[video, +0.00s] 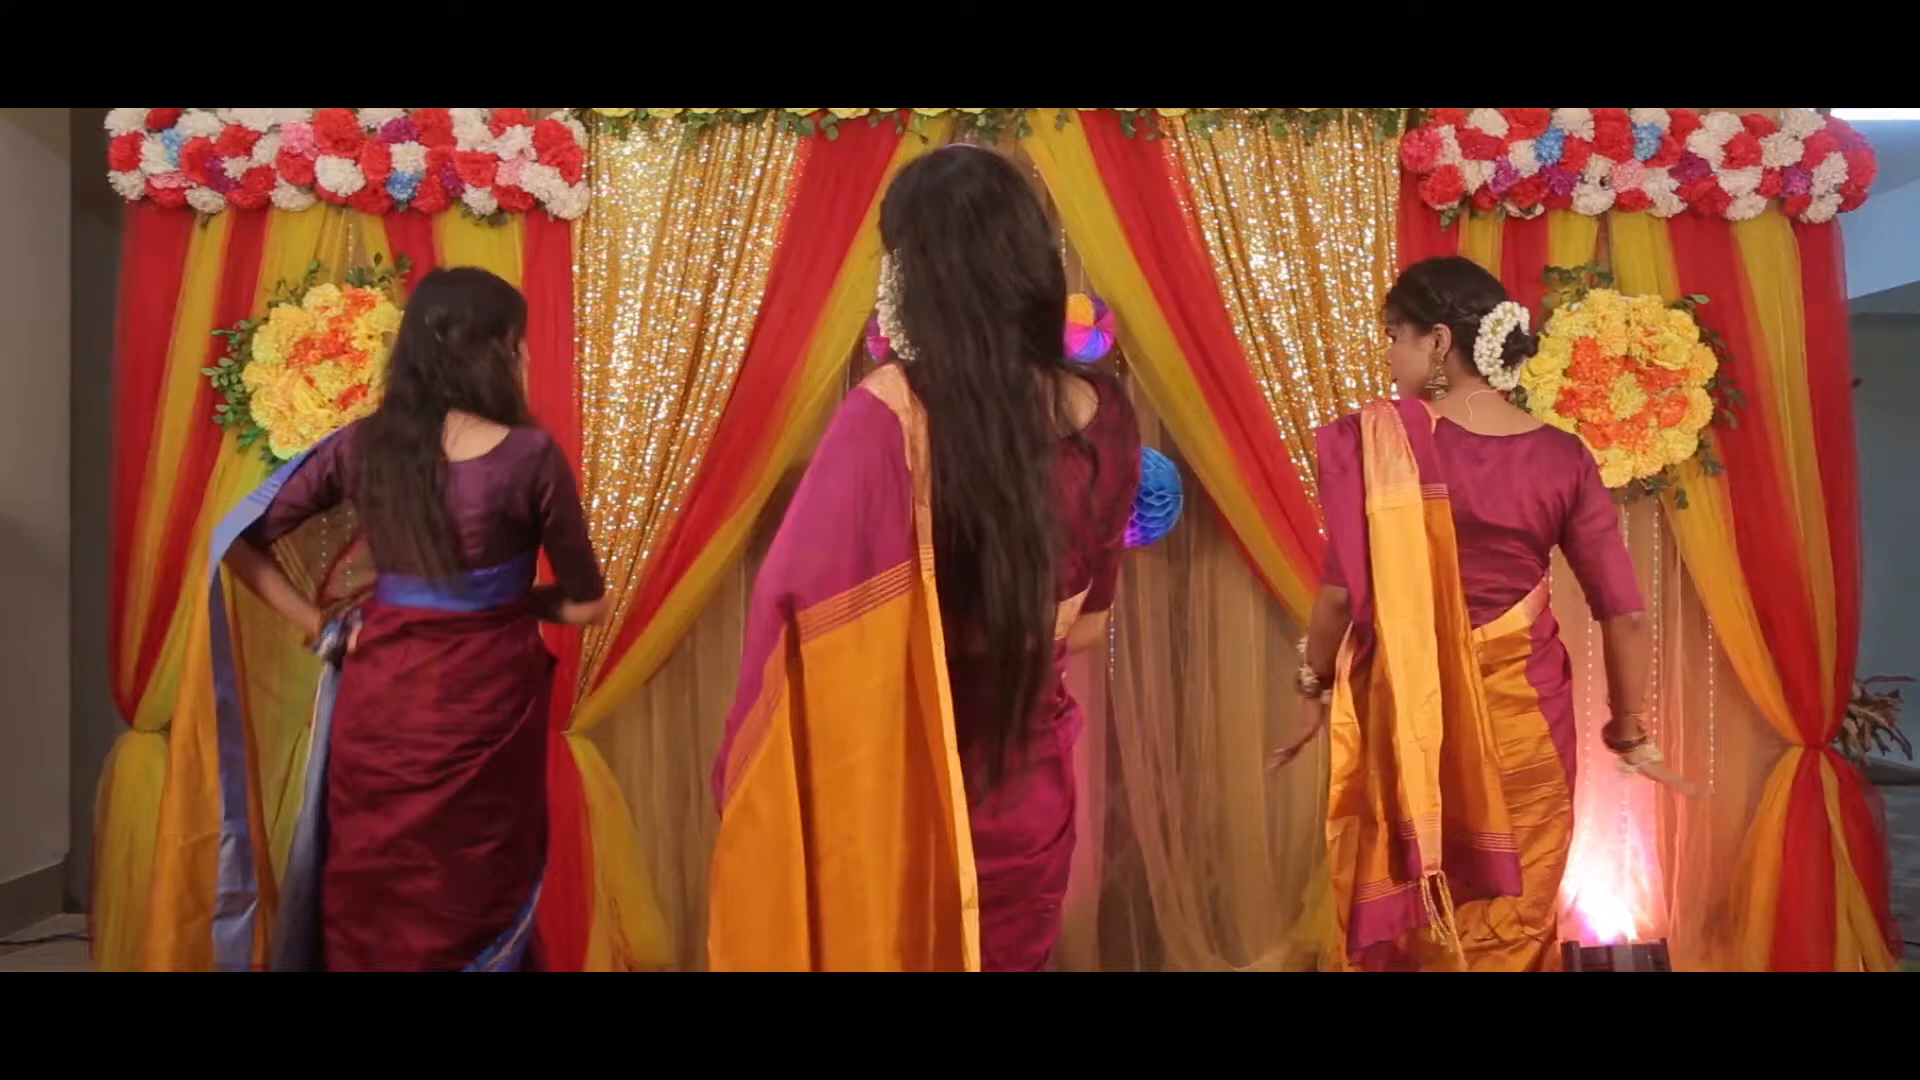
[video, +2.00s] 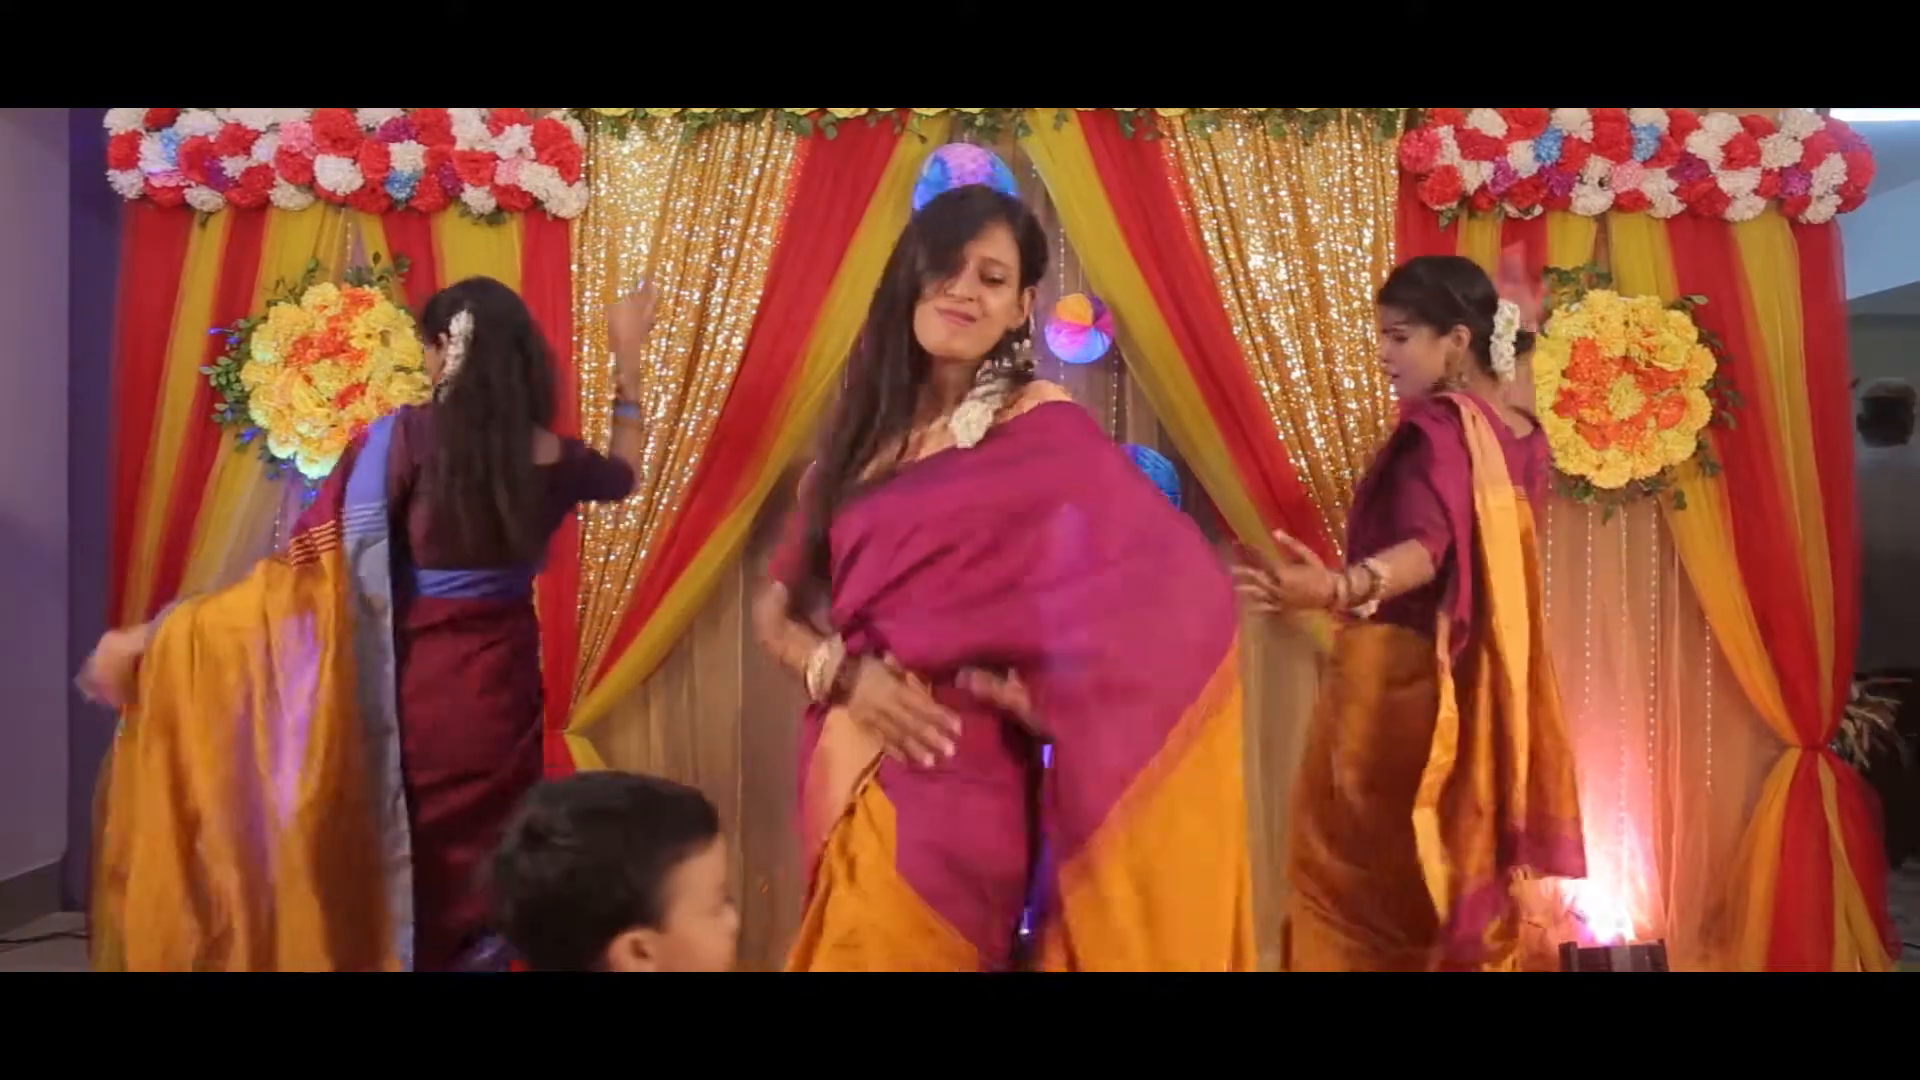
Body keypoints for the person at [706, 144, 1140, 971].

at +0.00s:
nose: (881, 275)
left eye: (888, 252)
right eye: (885, 251)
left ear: (912, 269)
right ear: (1034, 254)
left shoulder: (885, 413)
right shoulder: (1092, 408)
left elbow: (797, 606)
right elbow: (1090, 601)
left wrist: (747, 781)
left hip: (897, 800)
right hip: (1031, 791)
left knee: (896, 956)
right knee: (1015, 957)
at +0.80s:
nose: (880, 265)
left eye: (885, 243)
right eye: (882, 242)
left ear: (912, 256)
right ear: (1011, 248)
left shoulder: (905, 402)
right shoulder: (1041, 392)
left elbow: (853, 631)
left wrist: (760, 820)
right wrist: (866, 479)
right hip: (979, 735)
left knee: (871, 946)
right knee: (951, 943)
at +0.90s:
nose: (865, 261)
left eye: (871, 240)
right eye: (868, 239)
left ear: (907, 260)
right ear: (955, 260)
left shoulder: (912, 420)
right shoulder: (942, 397)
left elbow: (881, 677)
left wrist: (821, 876)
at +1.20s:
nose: (845, 244)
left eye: (867, 224)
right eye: (856, 222)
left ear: (933, 250)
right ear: (925, 251)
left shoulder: (955, 406)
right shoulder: (901, 389)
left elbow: (941, 633)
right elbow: (862, 603)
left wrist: (904, 805)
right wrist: (754, 711)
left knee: (725, 938)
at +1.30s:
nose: (855, 253)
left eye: (883, 229)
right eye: (862, 230)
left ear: (959, 254)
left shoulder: (978, 406)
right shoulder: (896, 401)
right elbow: (870, 595)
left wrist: (917, 745)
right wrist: (771, 658)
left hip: (874, 827)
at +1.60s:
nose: (920, 285)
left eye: (956, 267)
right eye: (913, 264)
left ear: (1020, 296)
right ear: (893, 285)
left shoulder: (1030, 417)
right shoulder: (898, 434)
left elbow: (1162, 607)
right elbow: (820, 612)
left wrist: (974, 723)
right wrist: (799, 674)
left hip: (921, 789)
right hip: (841, 775)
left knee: (764, 954)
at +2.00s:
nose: (961, 294)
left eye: (992, 279)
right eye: (944, 268)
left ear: (1023, 306)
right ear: (908, 281)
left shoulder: (1042, 419)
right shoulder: (862, 442)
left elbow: (1180, 591)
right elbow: (770, 611)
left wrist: (1061, 706)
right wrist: (850, 679)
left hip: (969, 760)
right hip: (849, 765)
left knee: (893, 951)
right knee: (853, 951)